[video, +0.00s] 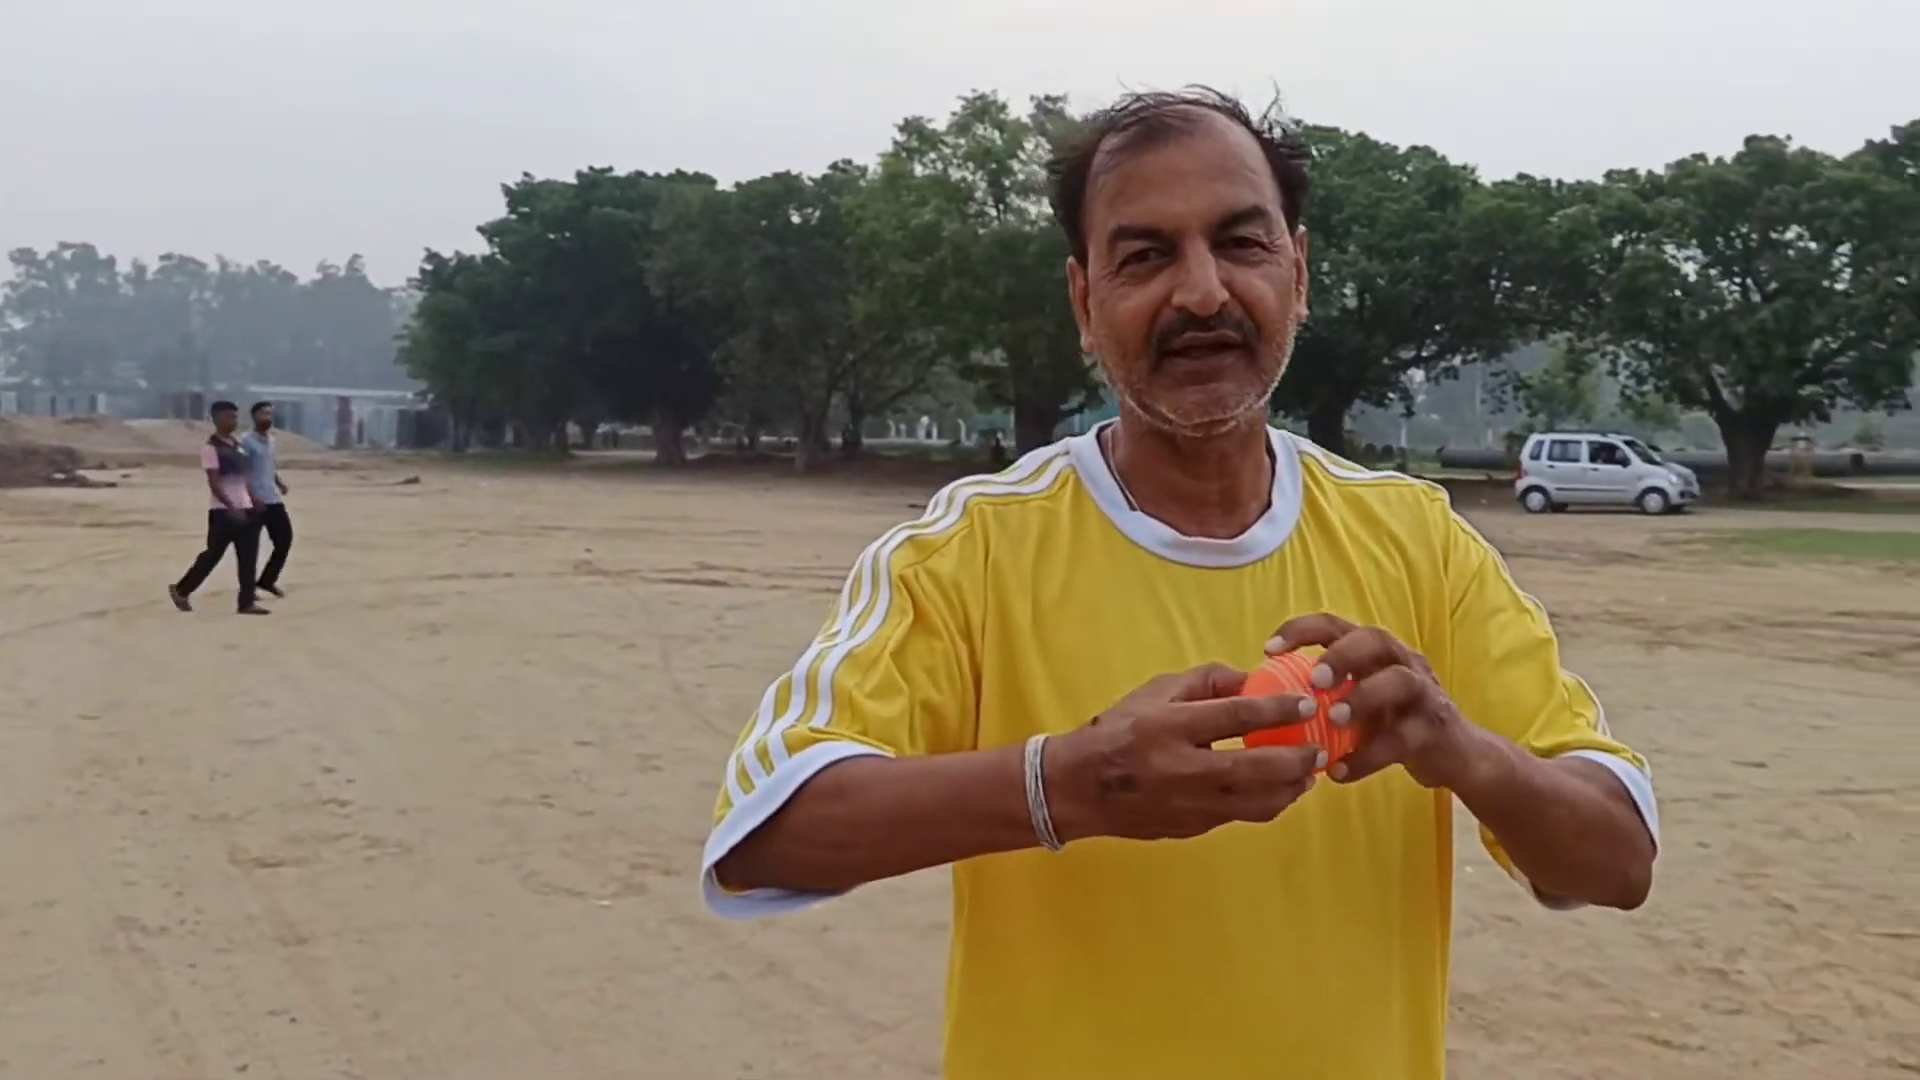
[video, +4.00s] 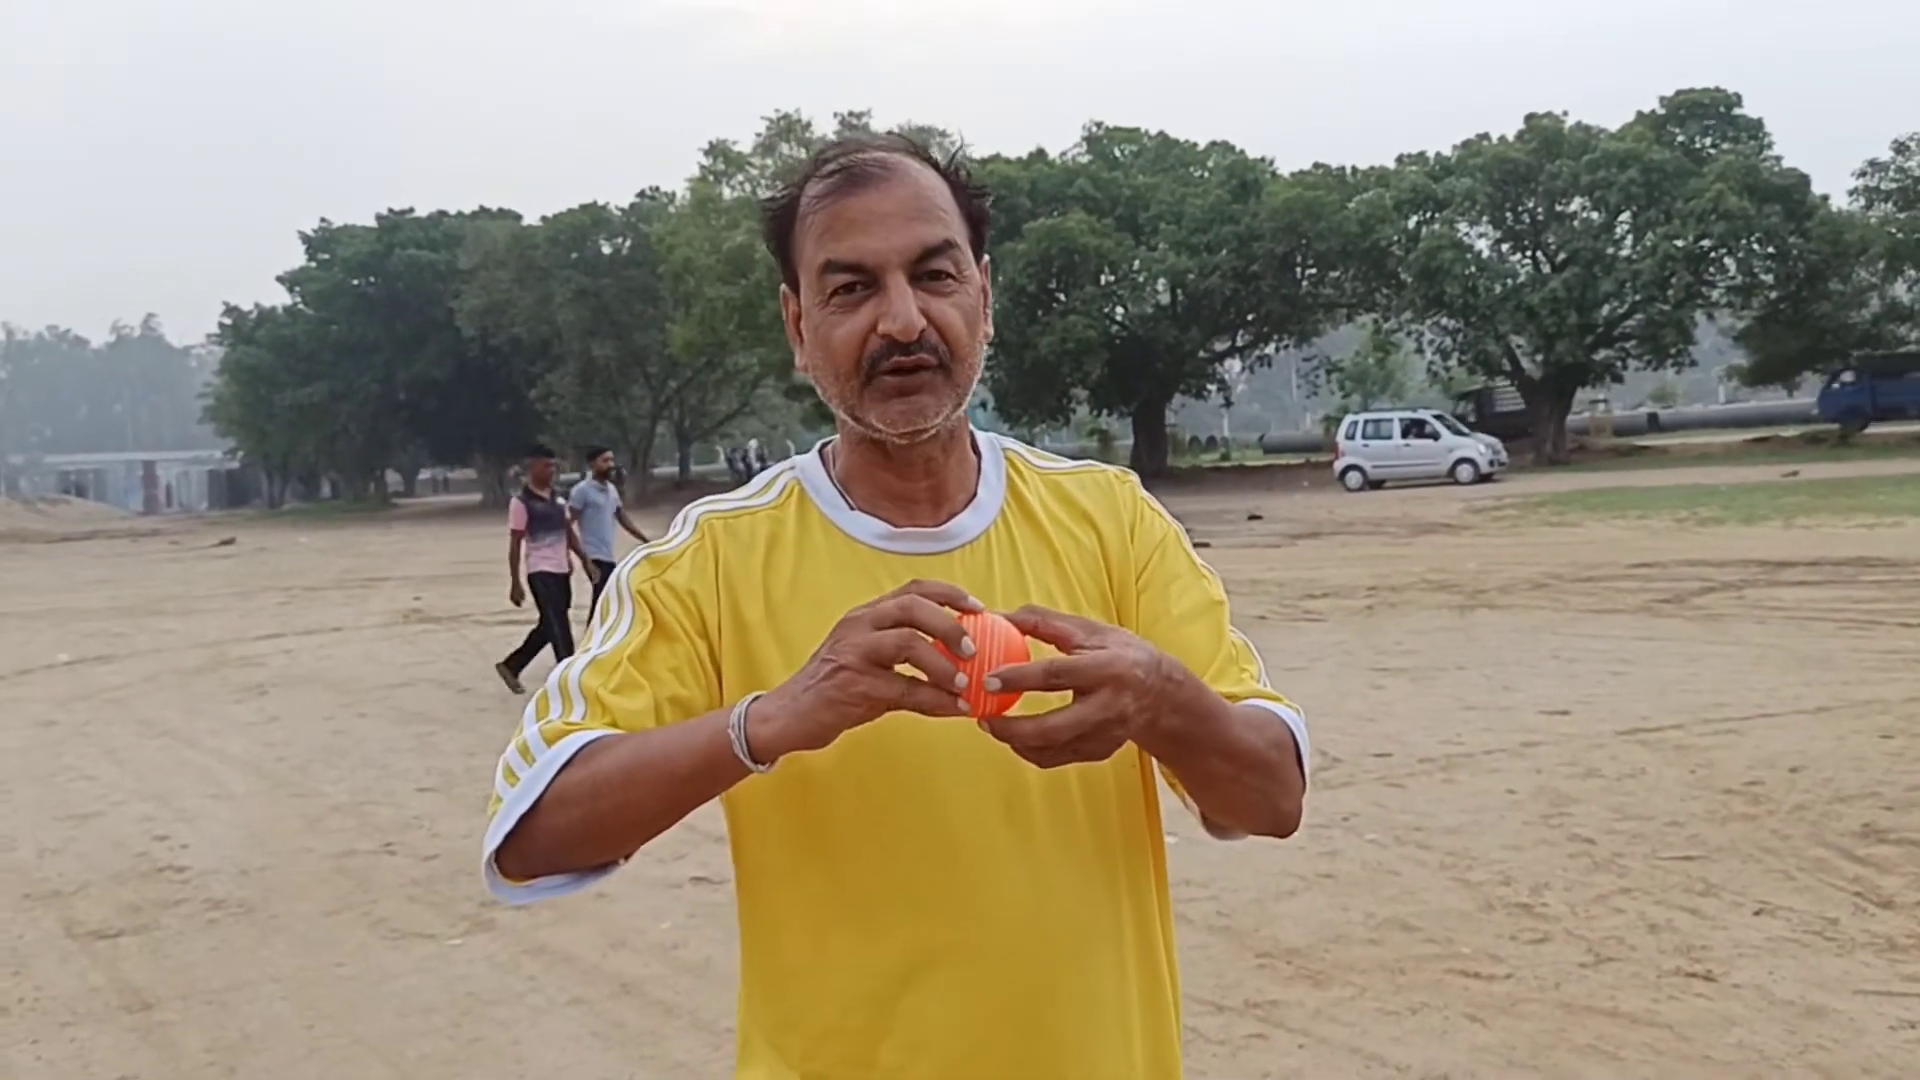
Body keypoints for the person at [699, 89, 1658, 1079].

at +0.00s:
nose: (1201, 291)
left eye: (1240, 242)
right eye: (1144, 255)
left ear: (1299, 276)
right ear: (1085, 304)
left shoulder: (1417, 543)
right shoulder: (970, 554)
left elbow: (1620, 865)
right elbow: (764, 829)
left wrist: (1461, 755)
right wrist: (1062, 788)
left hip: (1364, 1052)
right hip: (1054, 1052)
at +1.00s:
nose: (1033, 289)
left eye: (1067, 243)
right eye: (980, 254)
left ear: (1118, 273)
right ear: (919, 300)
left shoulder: (1227, 525)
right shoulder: (815, 534)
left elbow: (1388, 826)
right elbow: (640, 796)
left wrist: (1323, 734)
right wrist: (947, 718)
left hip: (1183, 1052)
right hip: (900, 1052)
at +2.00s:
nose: (890, 320)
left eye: (926, 274)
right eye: (840, 280)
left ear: (969, 290)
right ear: (773, 301)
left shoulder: (1066, 531)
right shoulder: (658, 539)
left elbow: (1222, 820)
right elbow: (457, 785)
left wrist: (1153, 758)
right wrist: (762, 740)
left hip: (1027, 1056)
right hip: (742, 1056)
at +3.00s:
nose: (828, 319)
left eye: (863, 271)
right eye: (777, 283)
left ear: (920, 284)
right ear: (725, 310)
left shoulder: (1038, 522)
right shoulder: (623, 535)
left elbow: (1201, 797)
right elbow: (414, 789)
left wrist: (1075, 749)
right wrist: (673, 737)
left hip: (994, 1053)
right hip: (712, 1053)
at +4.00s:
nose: (902, 319)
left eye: (934, 275)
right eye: (851, 288)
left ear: (983, 300)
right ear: (797, 329)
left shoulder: (1113, 521)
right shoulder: (711, 562)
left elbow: (1273, 805)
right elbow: (527, 838)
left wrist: (1164, 702)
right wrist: (777, 718)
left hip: (1106, 1051)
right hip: (824, 1053)